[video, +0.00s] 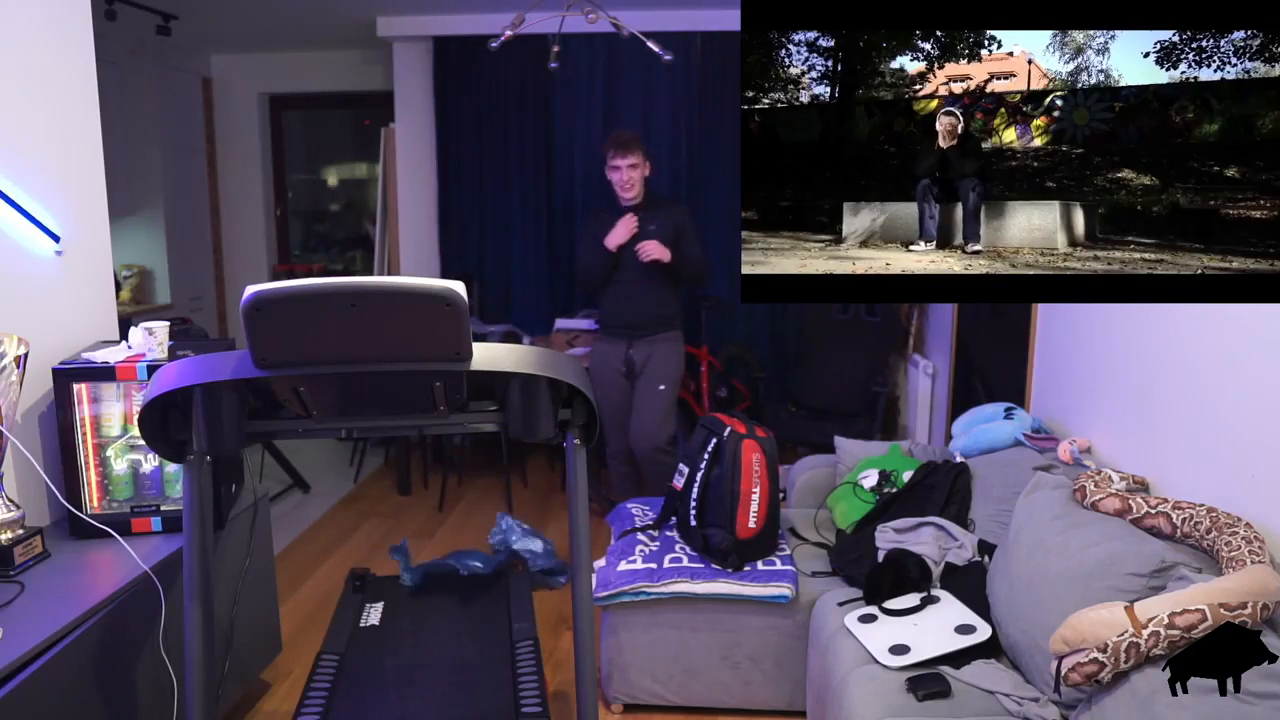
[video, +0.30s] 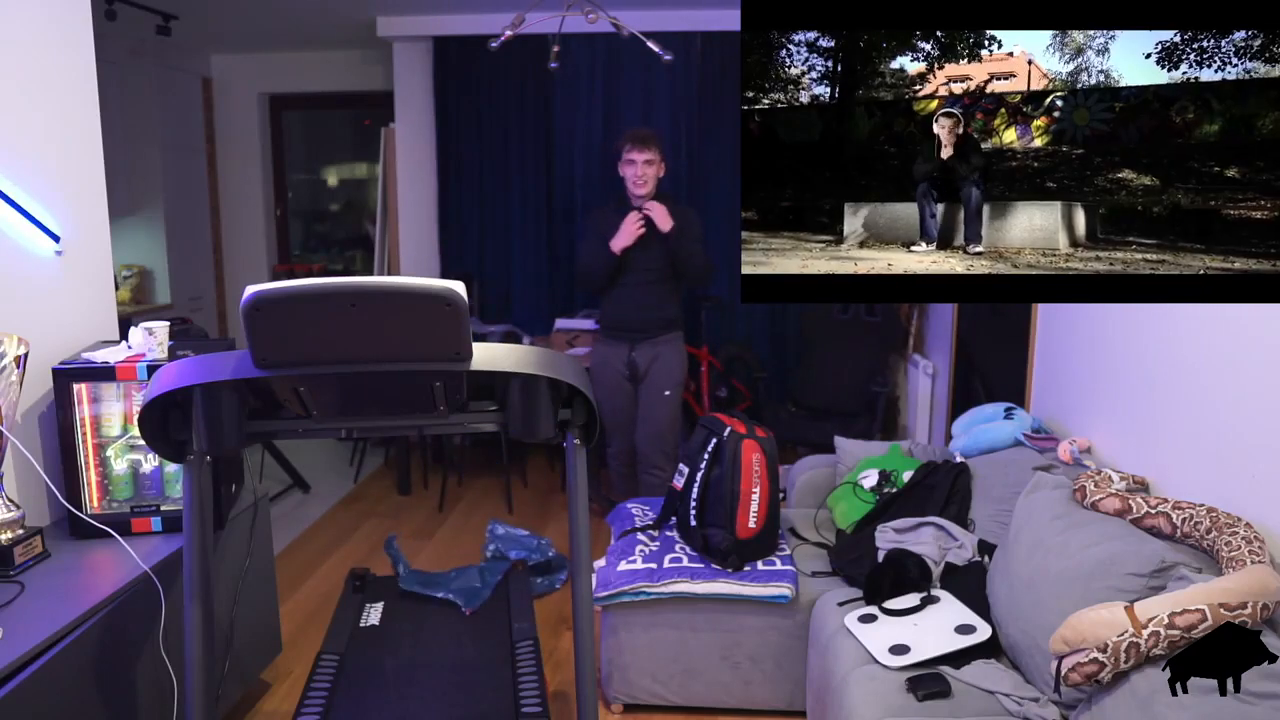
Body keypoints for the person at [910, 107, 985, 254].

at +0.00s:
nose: (947, 128)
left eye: (951, 124)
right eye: (943, 124)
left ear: (959, 127)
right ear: (938, 126)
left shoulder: (969, 141)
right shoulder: (930, 141)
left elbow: (970, 171)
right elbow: (922, 172)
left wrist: (951, 148)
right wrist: (940, 148)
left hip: (964, 183)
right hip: (941, 184)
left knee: (971, 187)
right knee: (925, 186)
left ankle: (971, 241)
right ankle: (927, 240)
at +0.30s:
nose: (946, 132)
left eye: (951, 128)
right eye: (942, 127)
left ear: (959, 129)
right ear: (935, 128)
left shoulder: (969, 142)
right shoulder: (929, 143)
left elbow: (973, 174)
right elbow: (918, 174)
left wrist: (951, 157)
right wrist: (940, 159)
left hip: (963, 184)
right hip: (940, 185)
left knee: (972, 192)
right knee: (924, 190)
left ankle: (973, 242)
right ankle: (928, 240)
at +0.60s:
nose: (961, 118)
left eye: (965, 114)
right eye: (956, 113)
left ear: (969, 115)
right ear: (946, 114)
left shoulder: (976, 131)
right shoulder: (936, 130)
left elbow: (981, 164)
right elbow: (928, 160)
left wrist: (962, 155)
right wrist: (950, 157)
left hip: (966, 176)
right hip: (942, 175)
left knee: (977, 192)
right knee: (926, 191)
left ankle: (974, 242)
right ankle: (929, 240)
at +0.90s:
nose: (913, 78)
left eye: (922, 72)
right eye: (908, 72)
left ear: (936, 80)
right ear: (901, 78)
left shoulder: (952, 122)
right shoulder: (887, 122)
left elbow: (959, 182)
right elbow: (869, 172)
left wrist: (910, 212)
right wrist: (895, 214)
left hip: (936, 239)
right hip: (893, 238)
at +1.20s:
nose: (913, 78)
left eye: (921, 71)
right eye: (907, 71)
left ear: (936, 79)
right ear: (900, 78)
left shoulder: (952, 123)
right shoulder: (886, 122)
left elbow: (958, 183)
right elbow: (868, 172)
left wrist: (909, 212)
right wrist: (893, 213)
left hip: (935, 239)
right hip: (892, 238)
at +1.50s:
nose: (912, 77)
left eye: (920, 71)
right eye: (906, 71)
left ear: (935, 79)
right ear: (900, 78)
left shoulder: (951, 122)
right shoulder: (885, 122)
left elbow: (957, 183)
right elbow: (867, 171)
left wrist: (909, 212)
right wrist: (892, 213)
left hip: (935, 239)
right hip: (892, 238)